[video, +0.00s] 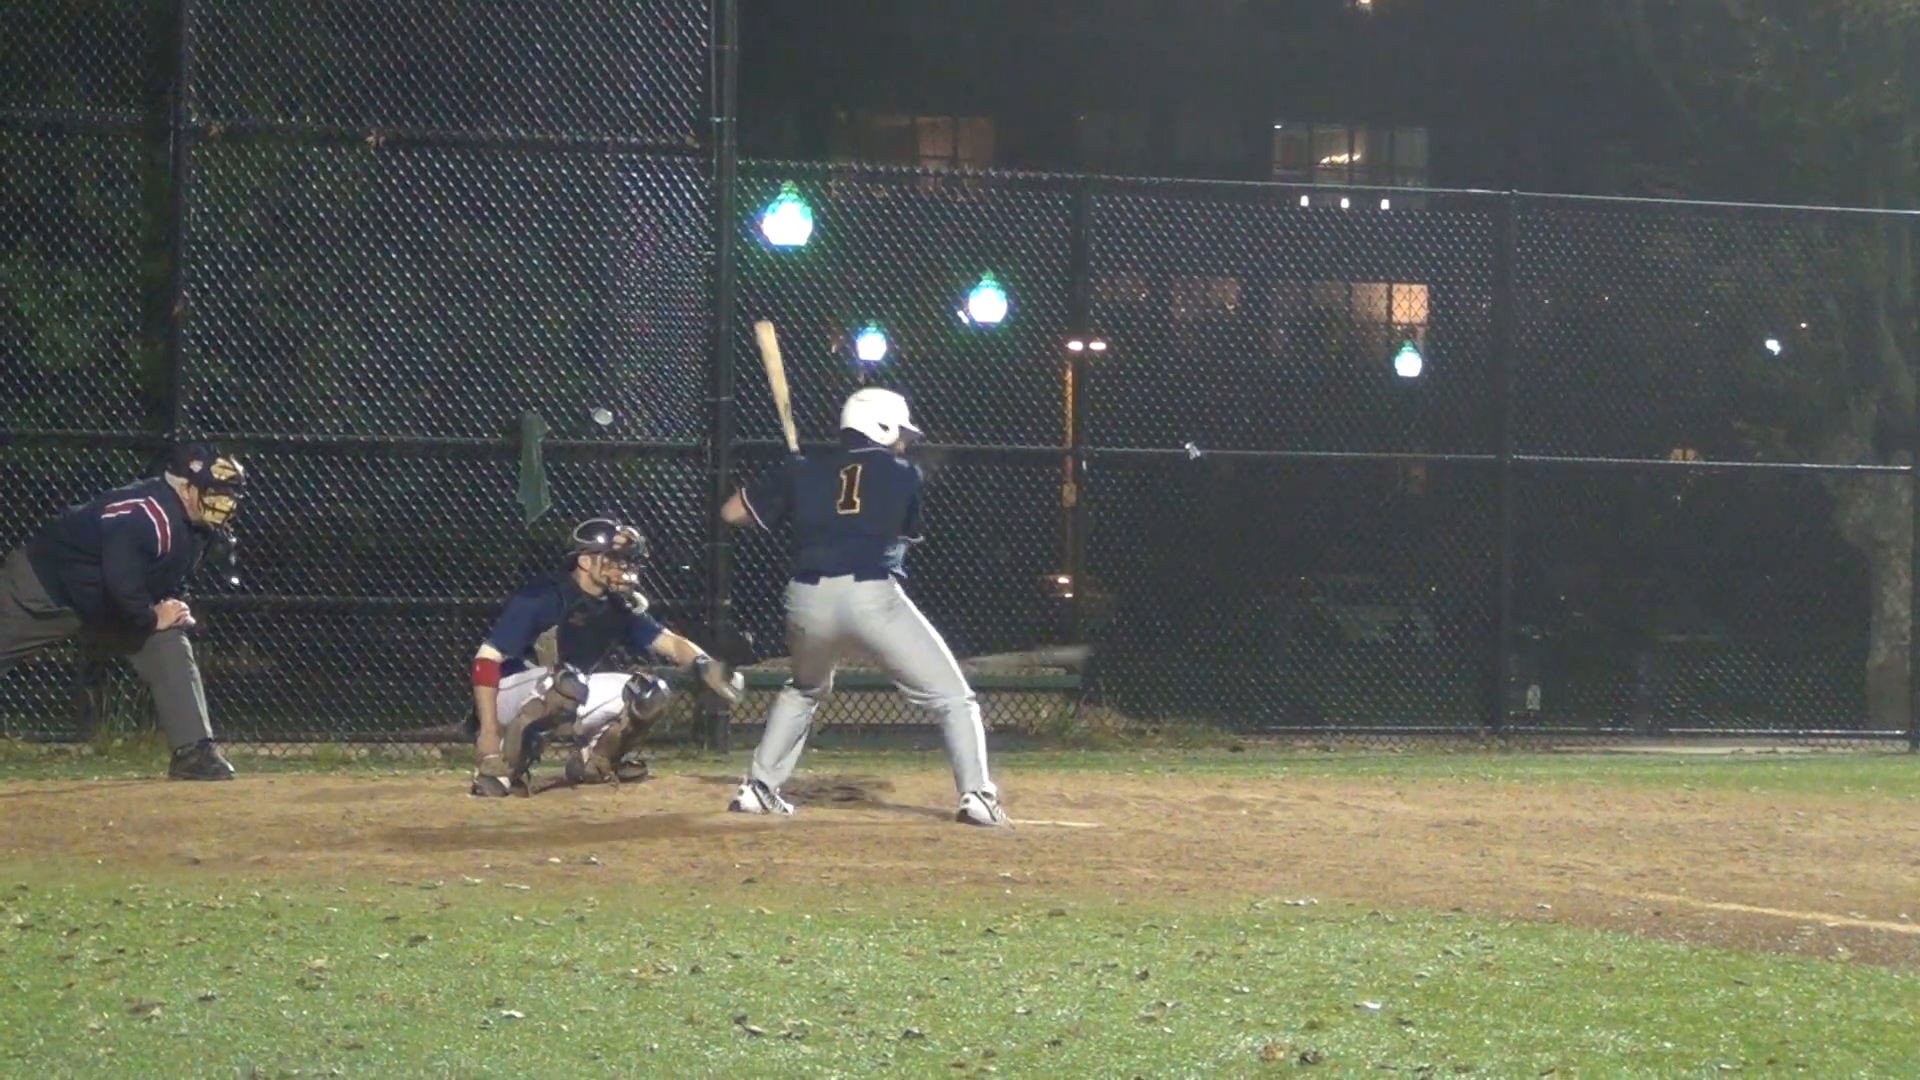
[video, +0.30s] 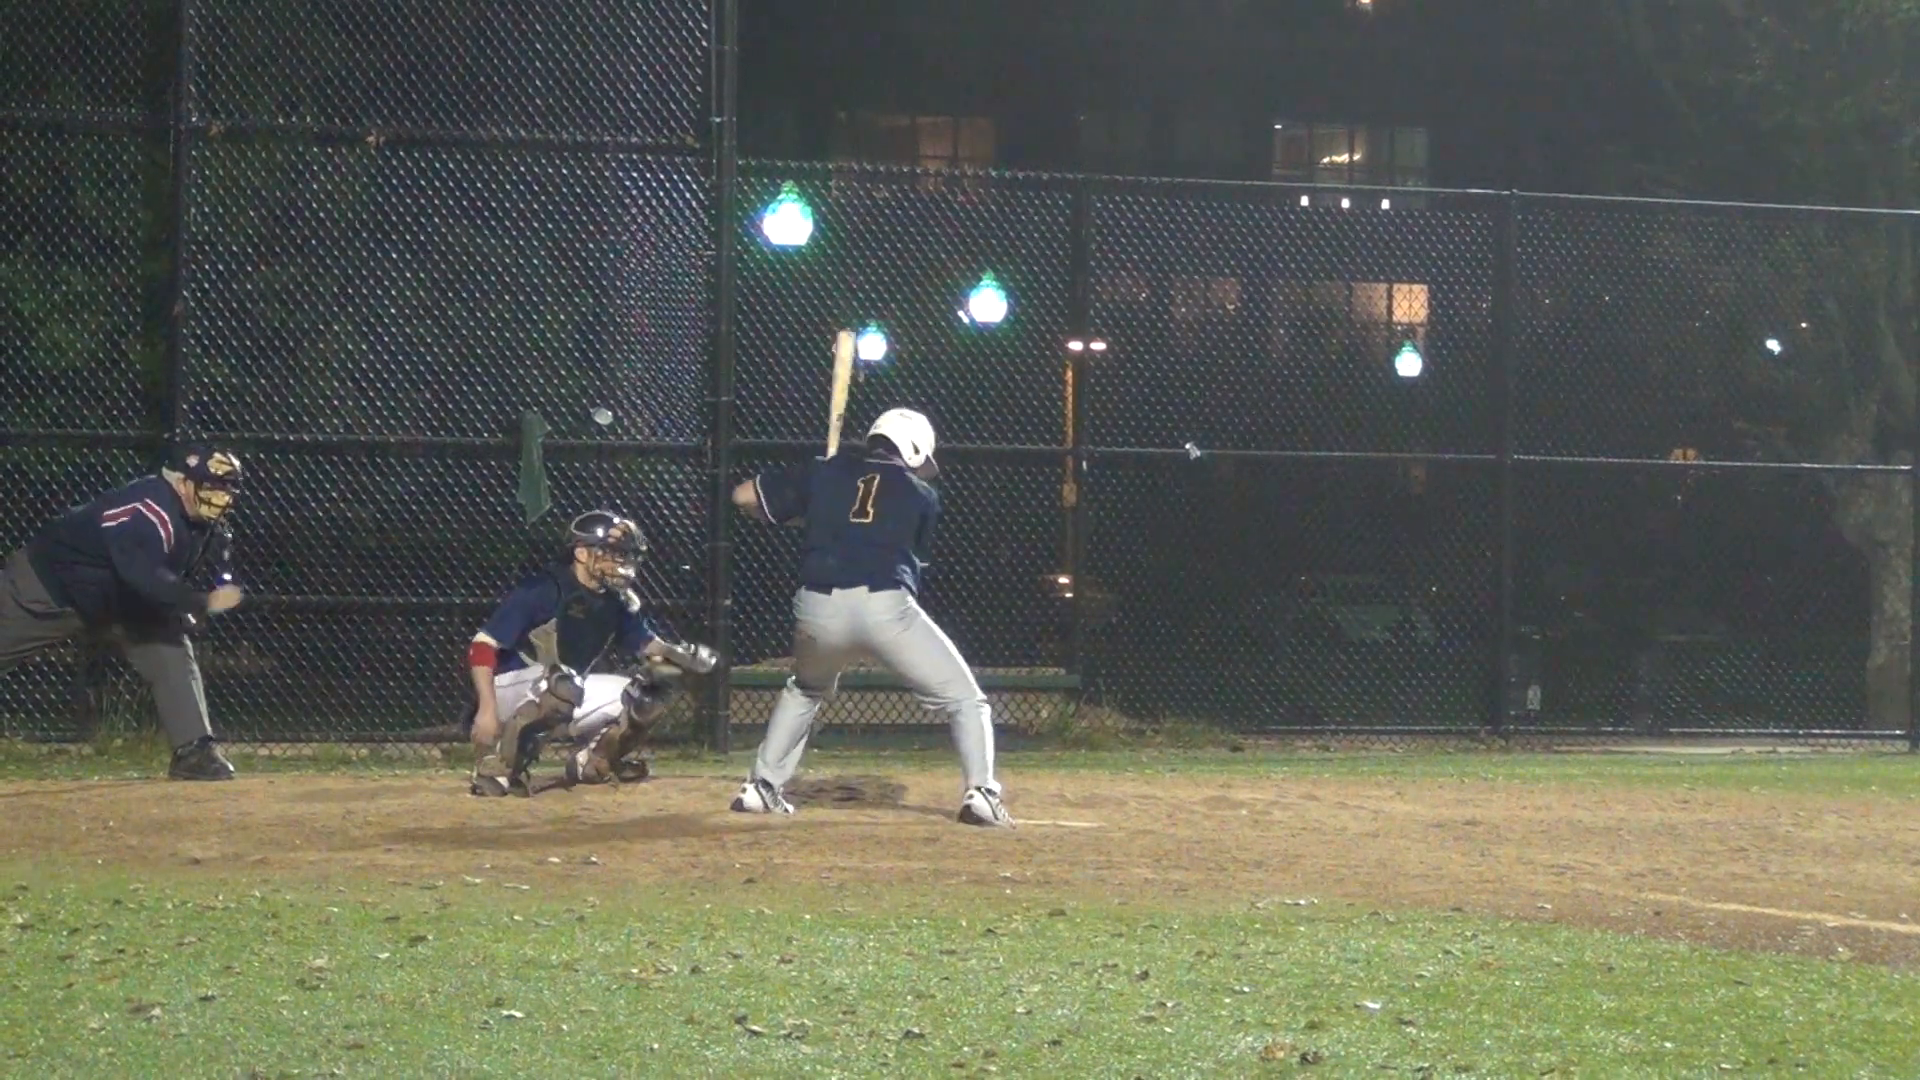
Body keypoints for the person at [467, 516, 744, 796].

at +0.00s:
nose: (623, 569)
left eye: (626, 561)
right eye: (615, 560)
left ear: (627, 563)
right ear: (586, 561)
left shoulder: (616, 607)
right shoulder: (542, 598)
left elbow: (671, 645)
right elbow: (486, 662)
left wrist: (707, 667)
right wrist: (489, 733)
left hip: (571, 695)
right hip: (509, 696)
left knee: (648, 693)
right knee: (566, 683)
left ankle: (593, 764)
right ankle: (501, 771)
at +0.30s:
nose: (620, 563)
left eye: (623, 555)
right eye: (610, 554)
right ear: (582, 554)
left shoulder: (618, 600)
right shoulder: (545, 589)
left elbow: (647, 645)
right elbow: (482, 647)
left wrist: (682, 657)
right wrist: (487, 710)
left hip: (568, 692)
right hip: (505, 692)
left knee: (648, 692)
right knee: (562, 687)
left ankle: (594, 765)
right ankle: (496, 769)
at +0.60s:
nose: (623, 528)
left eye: (626, 521)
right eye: (612, 520)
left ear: (632, 526)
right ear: (583, 524)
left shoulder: (629, 576)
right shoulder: (547, 571)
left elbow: (655, 650)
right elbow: (517, 643)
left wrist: (631, 627)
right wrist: (556, 624)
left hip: (586, 680)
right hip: (527, 673)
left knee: (668, 701)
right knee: (570, 690)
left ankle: (599, 756)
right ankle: (502, 768)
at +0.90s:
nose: (640, 510)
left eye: (645, 502)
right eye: (628, 501)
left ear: (654, 505)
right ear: (600, 505)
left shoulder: (658, 554)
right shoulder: (570, 550)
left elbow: (716, 599)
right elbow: (518, 602)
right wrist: (496, 551)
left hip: (632, 673)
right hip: (575, 662)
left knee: (696, 725)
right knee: (571, 682)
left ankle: (626, 749)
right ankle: (502, 765)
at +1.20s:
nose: (656, 495)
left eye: (664, 486)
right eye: (645, 487)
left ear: (680, 492)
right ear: (630, 494)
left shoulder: (698, 541)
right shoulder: (606, 534)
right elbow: (543, 505)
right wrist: (593, 463)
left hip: (673, 677)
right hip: (620, 660)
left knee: (719, 777)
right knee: (594, 725)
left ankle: (642, 761)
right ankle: (507, 774)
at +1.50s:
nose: (698, 482)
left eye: (699, 475)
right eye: (689, 476)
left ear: (710, 483)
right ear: (675, 488)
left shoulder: (720, 532)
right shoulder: (672, 521)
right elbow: (655, 569)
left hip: (697, 666)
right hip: (657, 654)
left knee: (725, 764)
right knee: (651, 764)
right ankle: (547, 768)